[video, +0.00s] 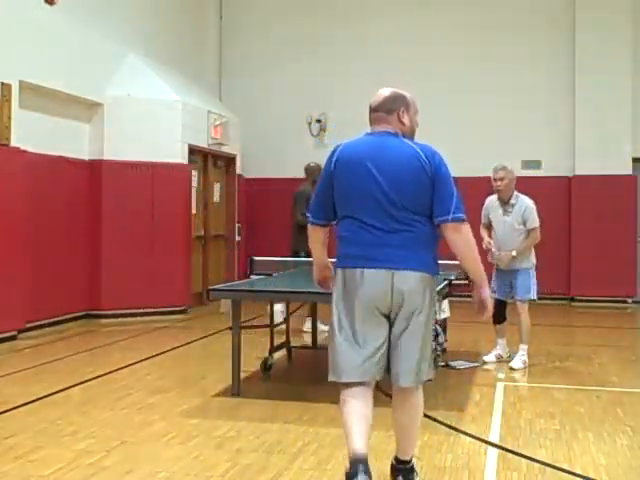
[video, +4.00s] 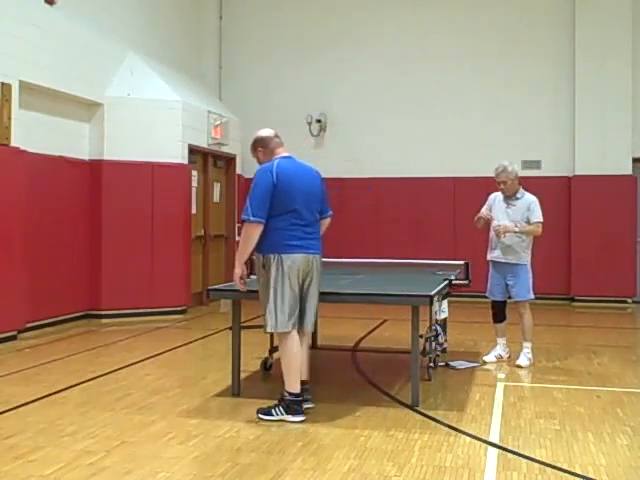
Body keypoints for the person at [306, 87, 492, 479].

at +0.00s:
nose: (417, 125)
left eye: (415, 118)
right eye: (415, 118)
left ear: (372, 118)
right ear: (403, 116)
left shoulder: (342, 154)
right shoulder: (427, 157)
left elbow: (318, 220)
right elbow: (454, 226)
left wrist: (320, 262)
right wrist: (480, 280)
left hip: (357, 276)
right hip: (415, 278)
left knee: (356, 378)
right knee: (409, 379)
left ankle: (358, 465)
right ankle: (405, 466)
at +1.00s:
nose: (386, 142)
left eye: (386, 135)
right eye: (385, 136)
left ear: (351, 135)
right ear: (372, 135)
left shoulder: (325, 166)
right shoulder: (392, 169)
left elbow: (297, 210)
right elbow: (410, 221)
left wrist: (326, 192)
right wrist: (426, 269)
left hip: (339, 265)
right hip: (382, 268)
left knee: (348, 347)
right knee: (380, 344)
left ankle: (347, 434)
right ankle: (380, 416)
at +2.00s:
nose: (359, 149)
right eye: (359, 145)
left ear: (331, 146)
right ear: (357, 147)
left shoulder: (310, 170)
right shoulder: (372, 173)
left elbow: (289, 214)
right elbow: (387, 222)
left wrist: (315, 225)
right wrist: (379, 259)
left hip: (321, 260)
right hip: (360, 261)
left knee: (327, 328)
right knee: (365, 325)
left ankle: (330, 402)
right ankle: (368, 391)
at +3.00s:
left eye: (343, 142)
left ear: (341, 148)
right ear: (365, 152)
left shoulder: (331, 165)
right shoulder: (380, 182)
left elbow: (313, 205)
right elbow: (384, 233)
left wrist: (300, 234)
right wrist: (378, 267)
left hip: (330, 251)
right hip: (367, 257)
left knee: (317, 323)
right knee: (358, 329)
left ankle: (319, 397)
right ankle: (353, 398)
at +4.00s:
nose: (257, 162)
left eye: (256, 158)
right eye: (256, 158)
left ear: (260, 151)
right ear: (281, 145)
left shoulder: (267, 172)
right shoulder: (312, 172)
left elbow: (255, 222)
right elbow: (325, 216)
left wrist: (240, 261)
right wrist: (307, 241)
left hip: (282, 258)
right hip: (311, 257)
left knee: (286, 331)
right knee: (301, 329)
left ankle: (292, 402)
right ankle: (302, 389)